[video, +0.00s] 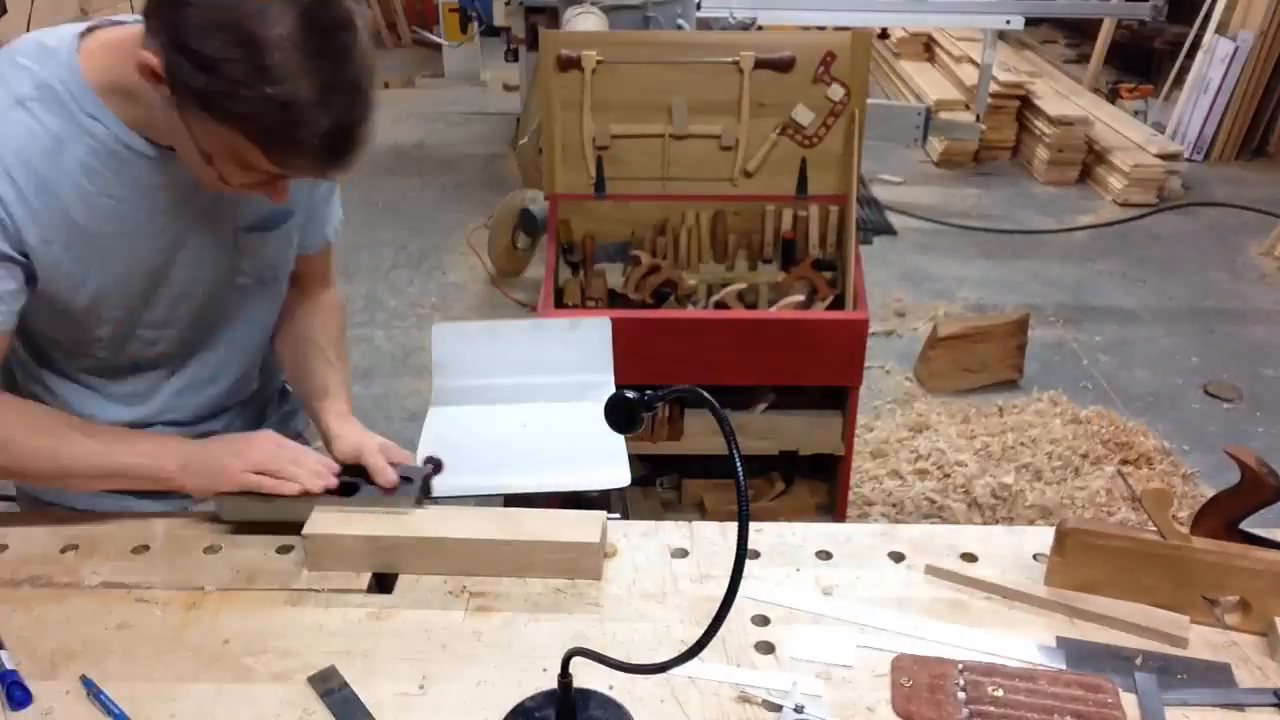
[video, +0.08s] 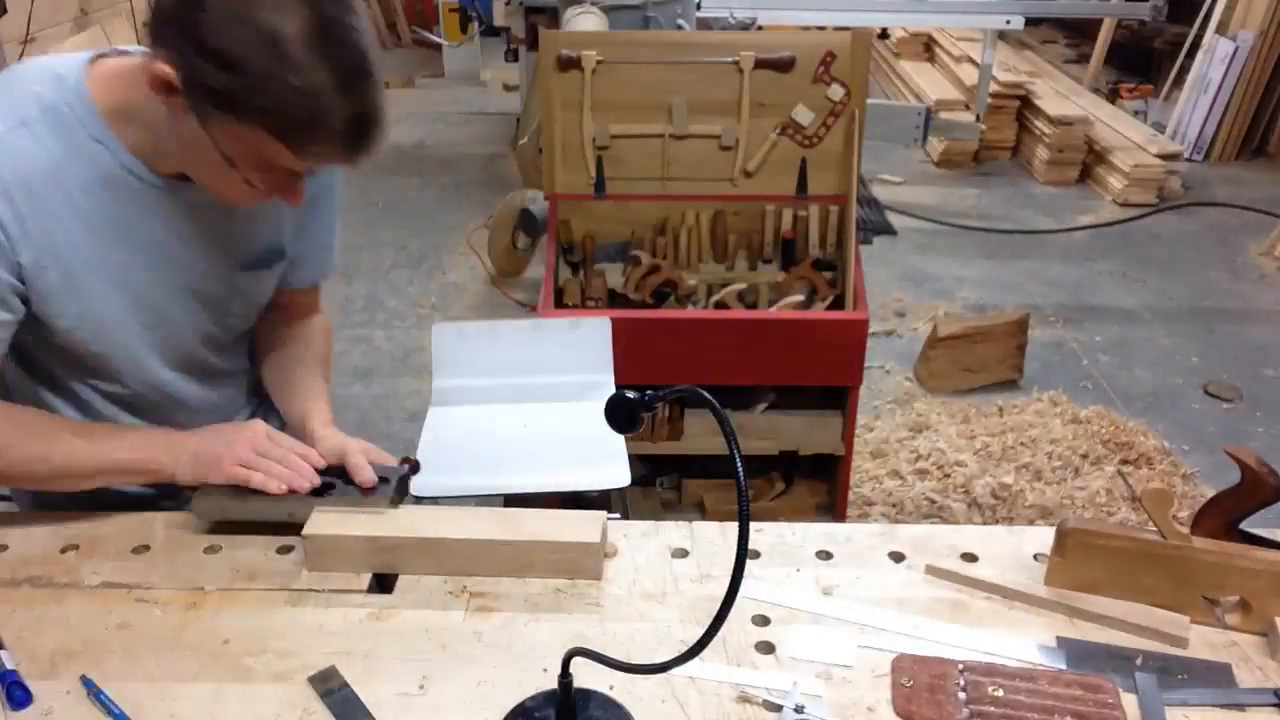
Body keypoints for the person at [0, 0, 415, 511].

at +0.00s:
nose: (281, 195)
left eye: (298, 169)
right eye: (250, 172)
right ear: (155, 76)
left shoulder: (292, 104)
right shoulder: (14, 142)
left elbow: (308, 287)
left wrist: (337, 419)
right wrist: (183, 461)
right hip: (81, 502)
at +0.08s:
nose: (295, 198)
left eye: (309, 171)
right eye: (268, 172)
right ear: (167, 88)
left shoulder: (296, 127)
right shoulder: (14, 145)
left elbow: (294, 311)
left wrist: (316, 424)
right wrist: (175, 452)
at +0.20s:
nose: (265, 153)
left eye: (277, 122)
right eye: (239, 126)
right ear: (126, 49)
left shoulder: (269, 93)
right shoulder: (10, 149)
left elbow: (284, 290)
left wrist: (316, 423)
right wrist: (166, 461)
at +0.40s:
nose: (170, 88)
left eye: (190, 60)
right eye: (143, 61)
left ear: (212, 31)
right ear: (57, 2)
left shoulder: (213, 67)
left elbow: (231, 284)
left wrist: (307, 429)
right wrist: (92, 453)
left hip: (225, 443)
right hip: (65, 497)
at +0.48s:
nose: (384, 166)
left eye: (401, 140)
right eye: (369, 131)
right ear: (276, 49)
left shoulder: (344, 139)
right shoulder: (86, 130)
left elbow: (399, 343)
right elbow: (153, 428)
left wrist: (543, 439)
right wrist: (414, 462)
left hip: (245, 514)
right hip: (73, 529)